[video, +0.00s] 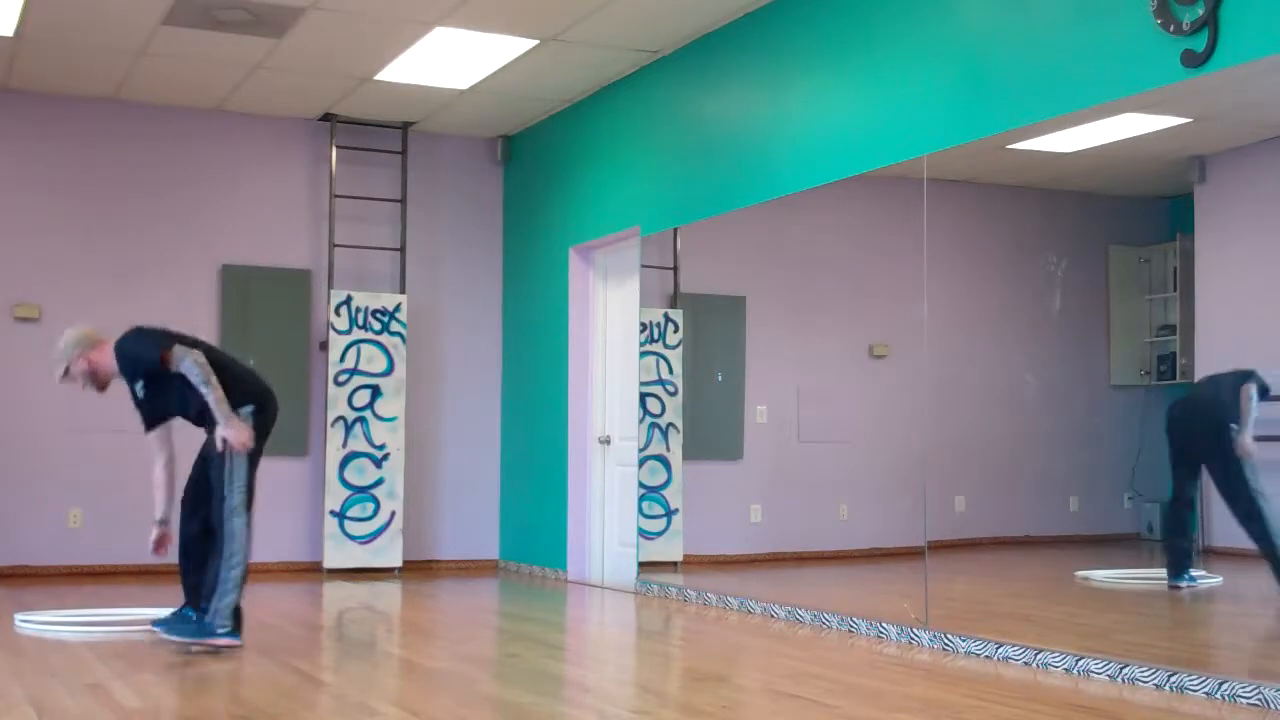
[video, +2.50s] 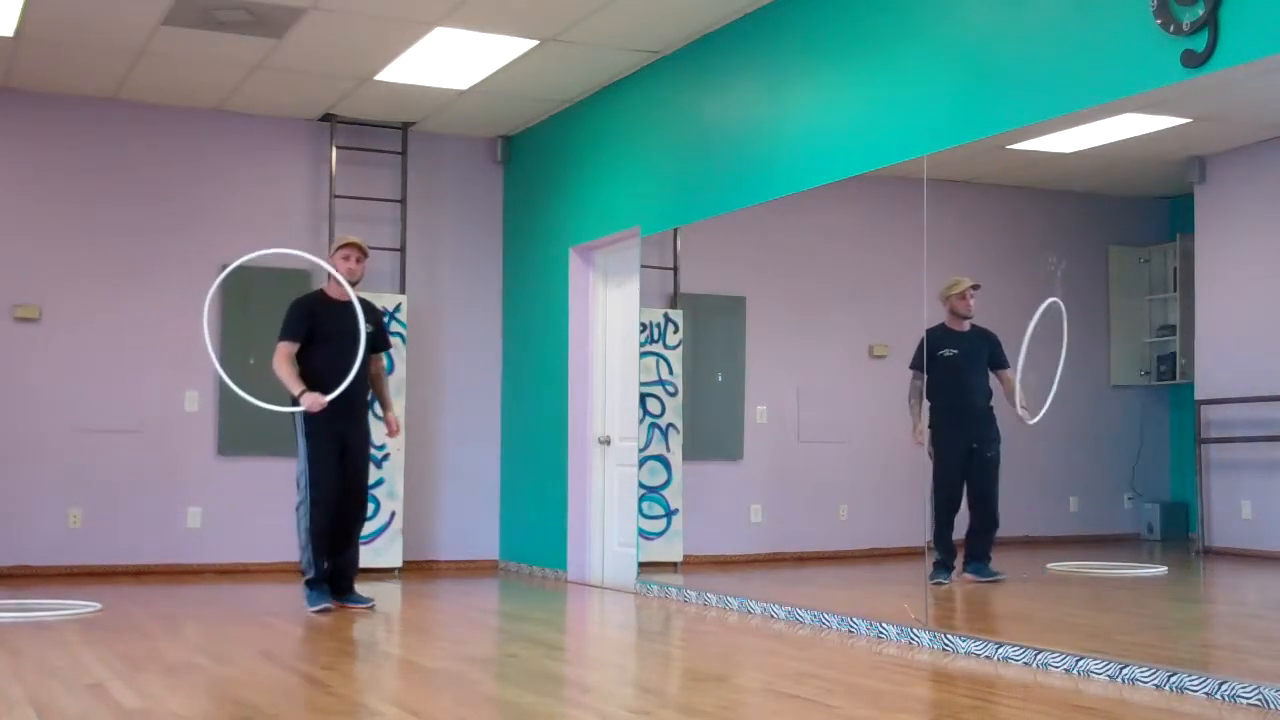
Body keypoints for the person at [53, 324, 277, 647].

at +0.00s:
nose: (77, 383)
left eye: (71, 373)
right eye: (70, 377)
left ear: (84, 357)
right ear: (86, 358)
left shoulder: (132, 346)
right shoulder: (141, 387)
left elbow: (192, 361)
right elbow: (163, 453)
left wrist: (227, 420)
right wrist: (161, 521)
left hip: (246, 409)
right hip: (226, 421)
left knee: (229, 514)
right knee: (196, 509)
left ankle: (223, 621)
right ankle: (196, 609)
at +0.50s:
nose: (106, 368)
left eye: (109, 357)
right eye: (103, 361)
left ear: (134, 347)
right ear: (127, 355)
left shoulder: (185, 347)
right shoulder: (155, 403)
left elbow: (250, 354)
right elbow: (169, 466)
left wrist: (286, 406)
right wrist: (137, 513)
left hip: (279, 418)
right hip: (239, 435)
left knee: (296, 502)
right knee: (211, 511)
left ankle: (356, 559)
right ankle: (203, 604)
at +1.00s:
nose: (263, 248)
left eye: (270, 242)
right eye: (256, 243)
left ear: (284, 253)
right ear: (246, 254)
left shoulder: (310, 298)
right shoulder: (233, 307)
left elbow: (343, 344)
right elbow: (219, 367)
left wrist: (359, 389)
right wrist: (186, 363)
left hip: (295, 424)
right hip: (247, 422)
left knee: (297, 512)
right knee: (222, 511)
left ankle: (302, 596)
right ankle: (198, 594)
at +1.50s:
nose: (257, 255)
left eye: (264, 250)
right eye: (250, 249)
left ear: (273, 260)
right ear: (236, 257)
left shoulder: (285, 305)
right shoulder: (217, 306)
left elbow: (290, 364)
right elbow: (200, 362)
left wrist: (296, 412)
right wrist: (231, 343)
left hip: (279, 422)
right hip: (233, 425)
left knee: (293, 506)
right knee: (231, 511)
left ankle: (310, 590)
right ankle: (223, 590)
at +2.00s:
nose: (297, 266)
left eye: (303, 261)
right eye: (290, 259)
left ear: (307, 269)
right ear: (272, 263)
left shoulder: (311, 313)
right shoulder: (250, 310)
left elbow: (314, 370)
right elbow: (228, 365)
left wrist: (321, 411)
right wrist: (253, 389)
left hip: (307, 424)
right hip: (266, 424)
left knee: (320, 507)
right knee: (247, 508)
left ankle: (333, 587)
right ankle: (224, 589)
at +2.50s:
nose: (352, 265)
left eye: (358, 261)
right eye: (346, 258)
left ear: (364, 268)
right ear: (331, 262)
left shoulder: (370, 314)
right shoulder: (307, 307)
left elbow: (376, 367)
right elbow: (281, 359)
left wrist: (387, 409)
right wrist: (302, 392)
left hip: (355, 417)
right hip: (318, 416)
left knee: (353, 498)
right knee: (319, 497)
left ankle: (342, 585)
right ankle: (316, 588)